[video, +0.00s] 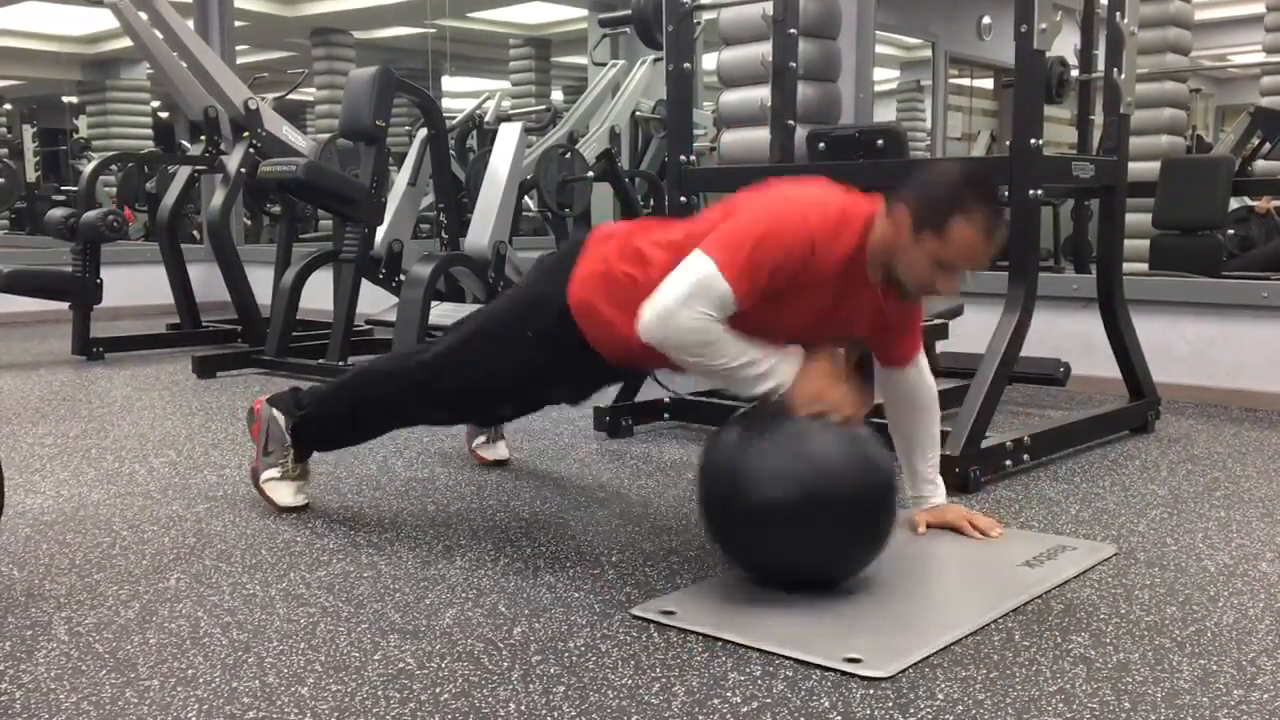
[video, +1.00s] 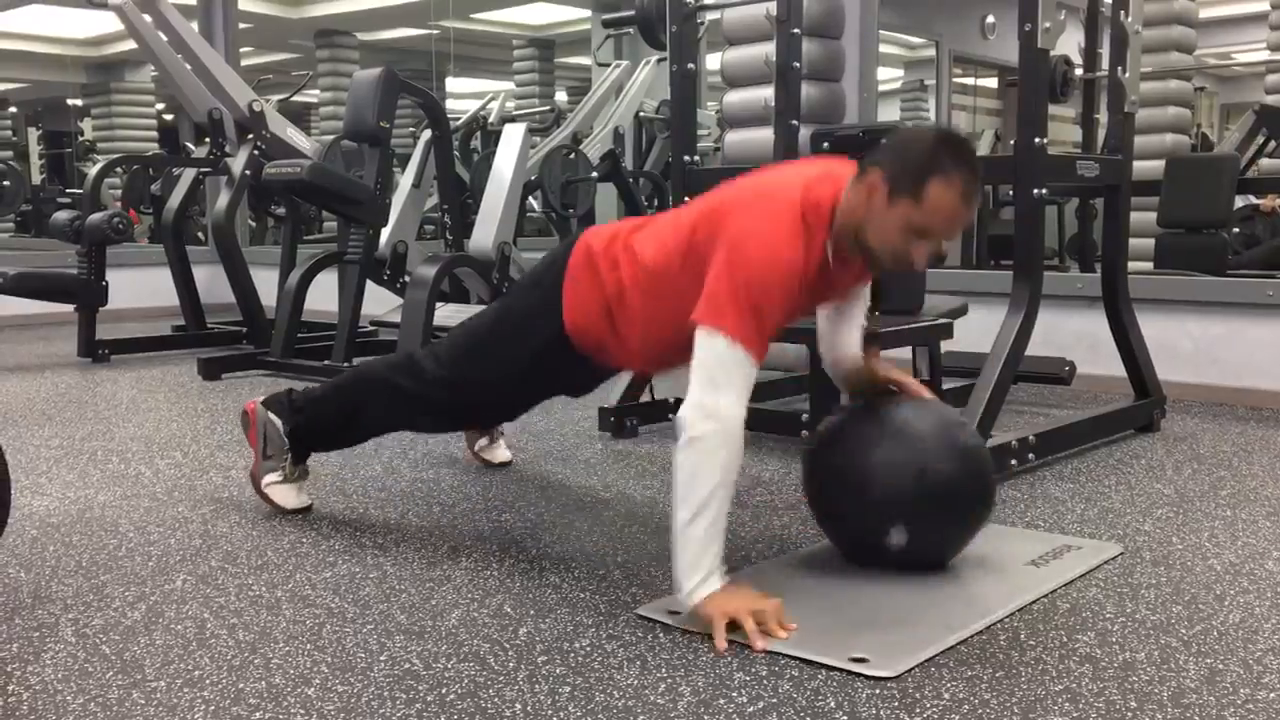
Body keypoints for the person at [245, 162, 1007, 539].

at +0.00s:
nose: (949, 287)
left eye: (963, 275)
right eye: (946, 265)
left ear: (947, 254)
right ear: (900, 220)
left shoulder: (894, 288)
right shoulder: (798, 222)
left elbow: (910, 384)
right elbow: (666, 323)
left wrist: (928, 493)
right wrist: (787, 374)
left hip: (634, 339)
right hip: (588, 292)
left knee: (524, 387)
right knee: (446, 375)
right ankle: (289, 420)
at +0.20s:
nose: (915, 259)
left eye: (930, 249)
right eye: (911, 238)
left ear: (906, 201)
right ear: (870, 190)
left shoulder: (872, 196)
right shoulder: (771, 216)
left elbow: (894, 266)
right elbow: (654, 334)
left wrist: (913, 347)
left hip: (620, 322)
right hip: (564, 311)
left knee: (517, 382)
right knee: (435, 390)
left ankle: (470, 415)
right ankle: (285, 424)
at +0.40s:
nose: (939, 477)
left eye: (956, 467)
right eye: (937, 461)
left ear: (929, 386)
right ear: (898, 411)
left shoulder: (890, 333)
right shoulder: (794, 398)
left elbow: (878, 288)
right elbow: (647, 453)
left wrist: (866, 374)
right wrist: (685, 601)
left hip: (635, 343)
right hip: (584, 394)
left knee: (485, 392)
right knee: (437, 433)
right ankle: (286, 425)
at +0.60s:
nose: (944, 554)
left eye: (964, 549)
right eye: (949, 541)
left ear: (937, 458)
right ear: (911, 484)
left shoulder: (895, 390)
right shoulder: (816, 444)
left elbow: (881, 304)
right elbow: (664, 470)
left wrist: (880, 463)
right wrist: (686, 600)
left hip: (663, 416)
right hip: (607, 470)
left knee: (574, 422)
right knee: (452, 473)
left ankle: (492, 387)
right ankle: (296, 422)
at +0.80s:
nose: (943, 428)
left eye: (960, 414)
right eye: (939, 408)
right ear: (890, 367)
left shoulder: (879, 322)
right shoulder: (788, 372)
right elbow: (645, 462)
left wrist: (893, 433)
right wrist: (687, 600)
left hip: (640, 348)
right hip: (589, 386)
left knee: (473, 407)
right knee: (436, 436)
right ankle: (281, 426)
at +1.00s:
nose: (927, 258)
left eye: (941, 244)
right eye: (924, 237)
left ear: (909, 205)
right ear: (874, 189)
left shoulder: (864, 219)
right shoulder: (776, 230)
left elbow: (837, 303)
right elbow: (714, 411)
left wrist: (857, 365)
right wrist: (704, 584)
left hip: (633, 314)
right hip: (585, 291)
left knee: (529, 377)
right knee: (440, 384)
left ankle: (476, 415)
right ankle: (284, 424)